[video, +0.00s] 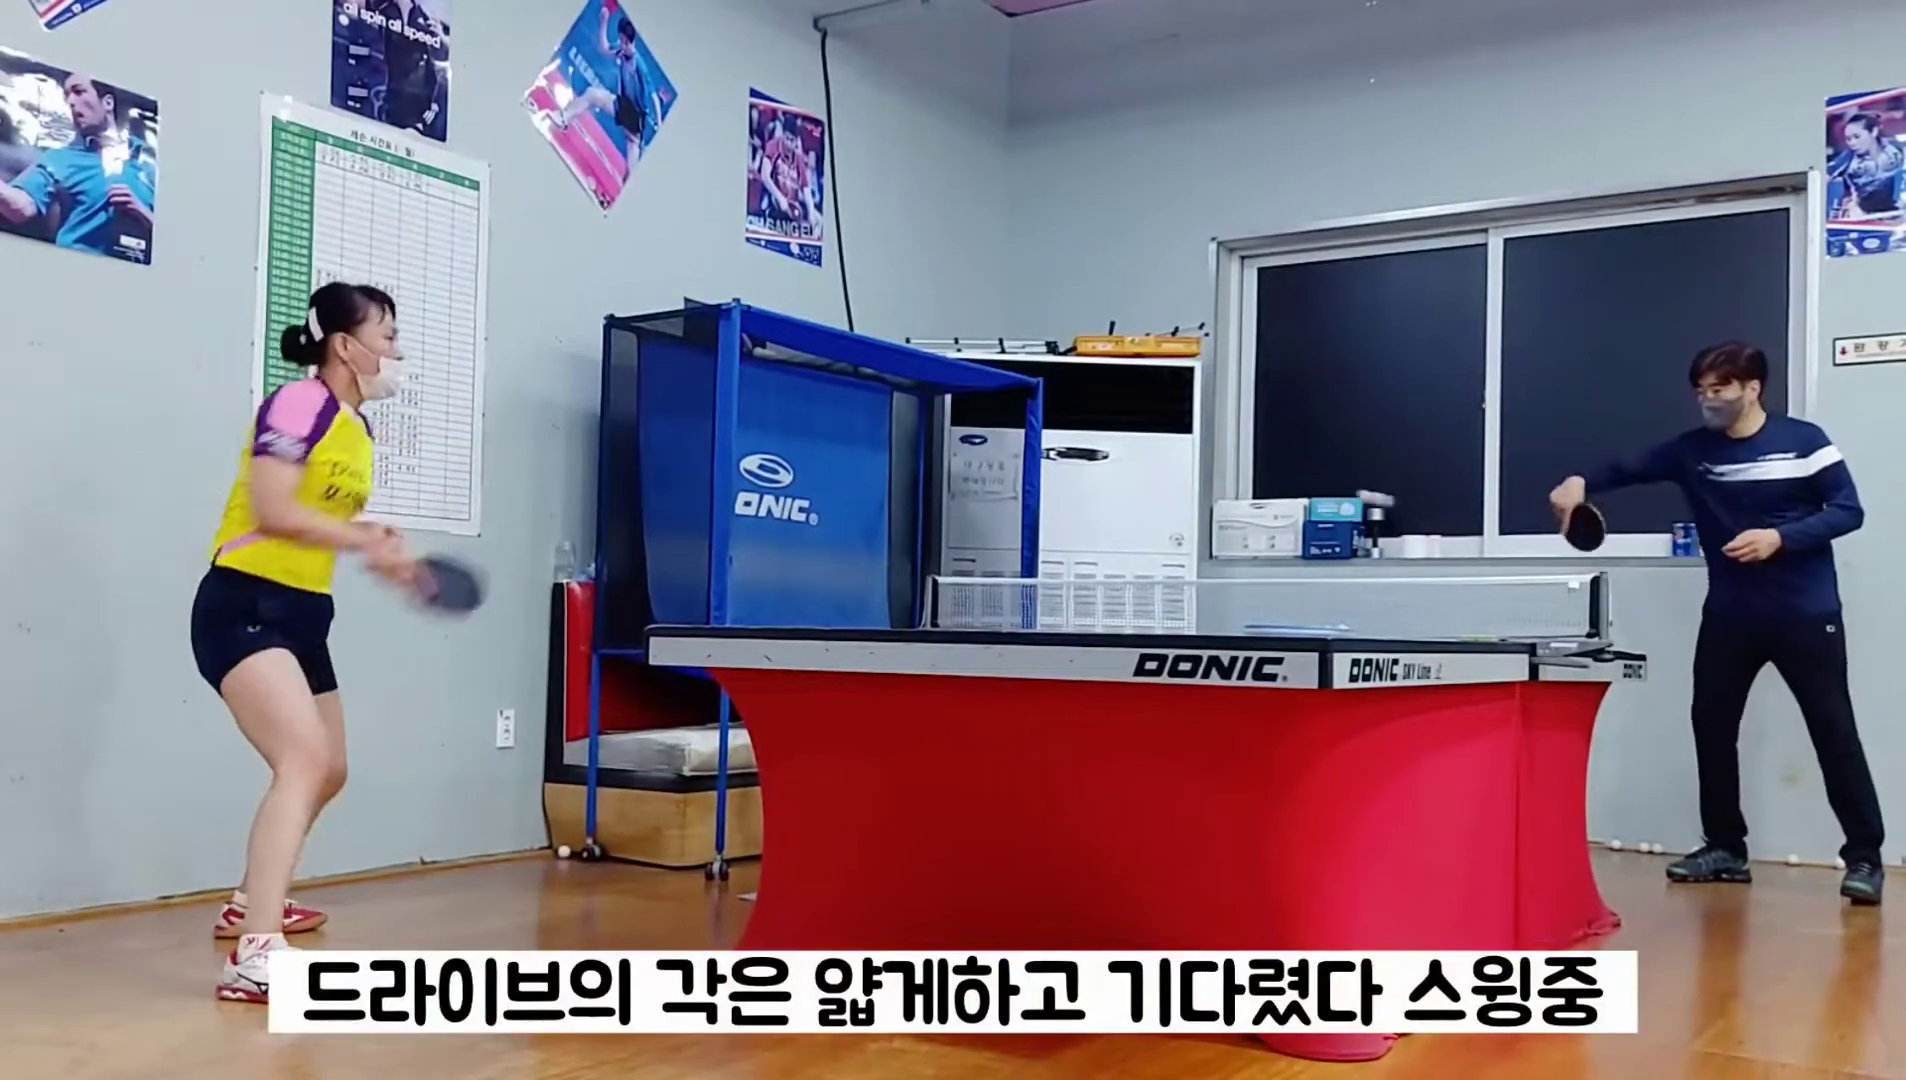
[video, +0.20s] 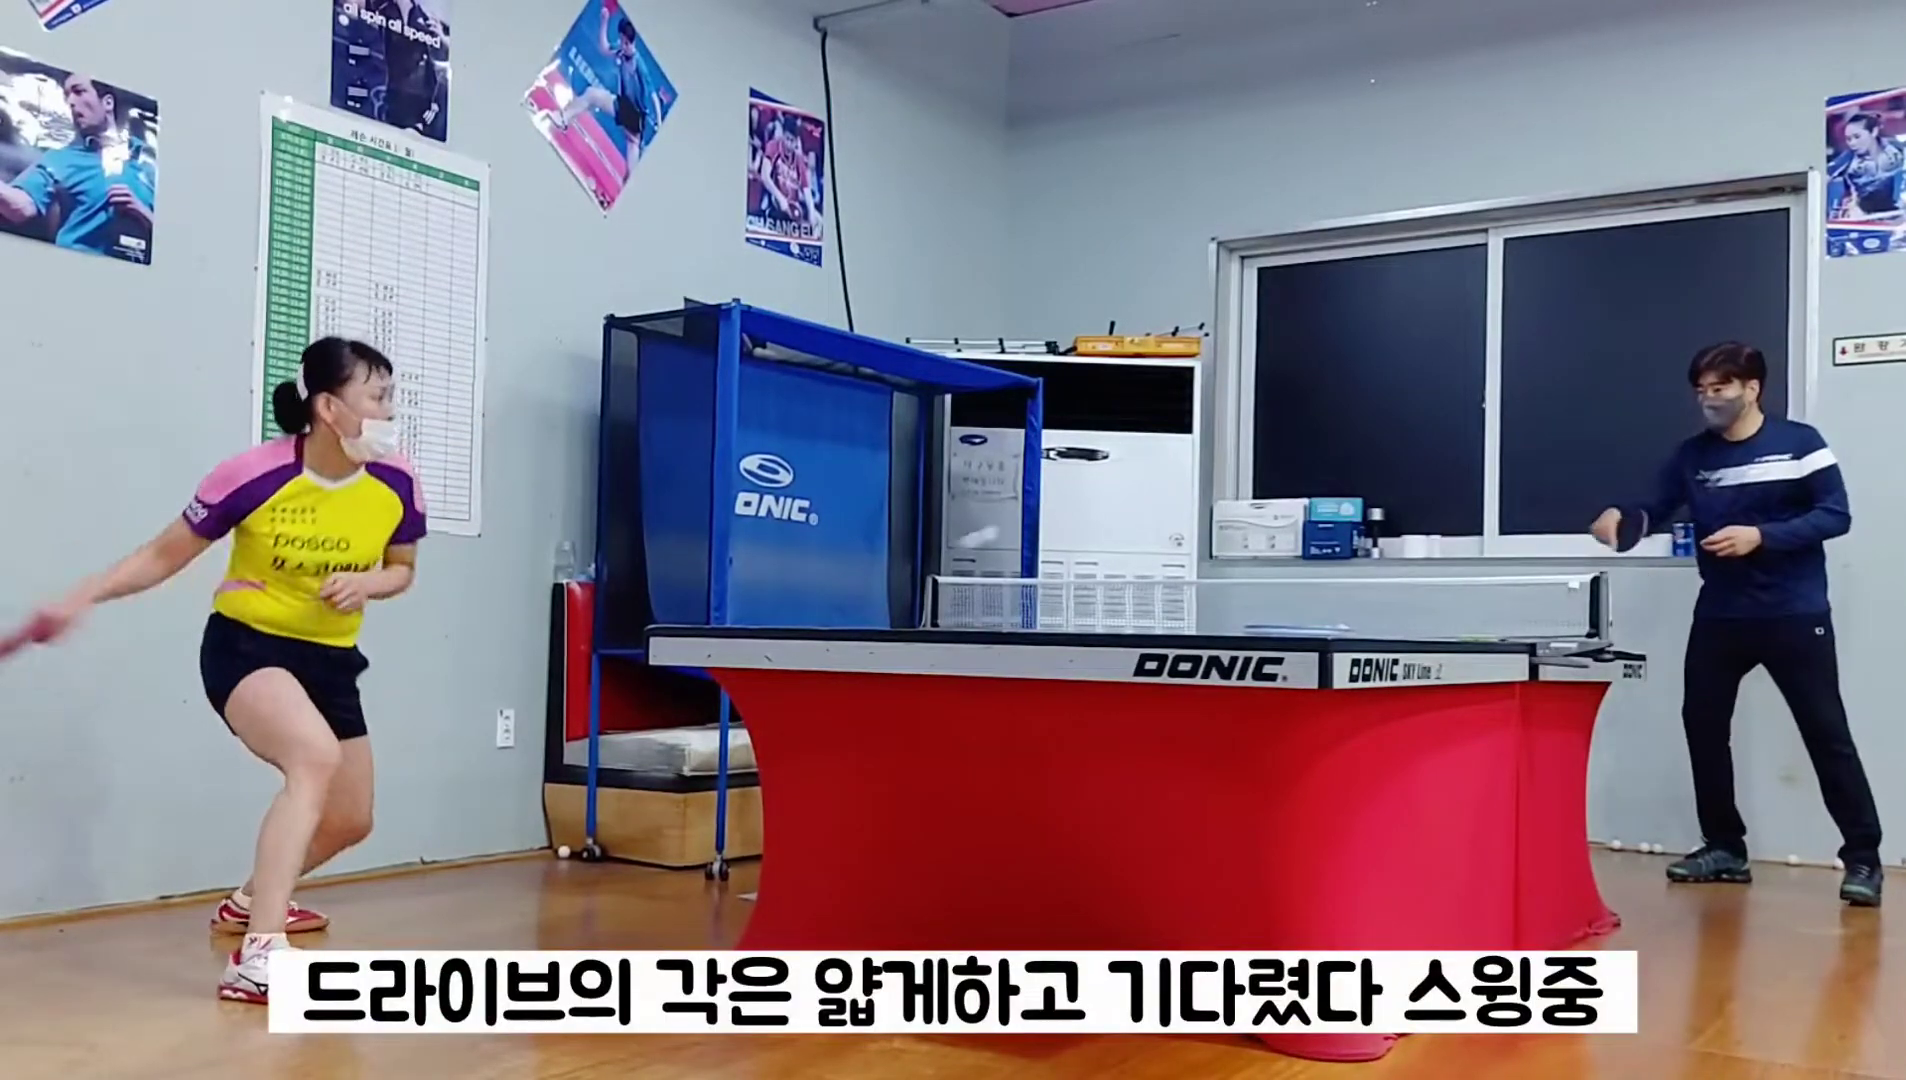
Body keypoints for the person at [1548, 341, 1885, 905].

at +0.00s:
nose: (1708, 398)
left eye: (1719, 387)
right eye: (1701, 390)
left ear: (1752, 387)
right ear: (1696, 395)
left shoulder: (1805, 440)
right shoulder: (1691, 451)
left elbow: (1847, 510)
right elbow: (1628, 468)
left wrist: (1780, 536)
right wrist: (1581, 483)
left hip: (1806, 618)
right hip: (1729, 619)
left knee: (1834, 734)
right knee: (1711, 727)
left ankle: (1863, 859)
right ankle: (1725, 849)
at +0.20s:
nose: (1709, 398)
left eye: (1720, 388)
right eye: (1702, 390)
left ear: (1752, 389)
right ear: (1696, 396)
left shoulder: (1801, 443)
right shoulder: (1693, 456)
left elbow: (1835, 515)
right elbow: (1653, 510)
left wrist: (1761, 535)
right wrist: (1622, 520)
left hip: (1796, 618)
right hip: (1720, 619)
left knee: (1828, 737)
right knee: (1703, 725)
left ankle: (1862, 861)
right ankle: (1725, 849)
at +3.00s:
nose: (1725, 397)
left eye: (1736, 385)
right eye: (1717, 389)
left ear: (1768, 385)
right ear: (1711, 396)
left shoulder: (1821, 438)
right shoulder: (1706, 458)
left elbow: (1861, 509)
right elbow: (1663, 508)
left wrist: (1793, 530)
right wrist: (1623, 520)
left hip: (1812, 614)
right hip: (1737, 614)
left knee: (1839, 736)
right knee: (1716, 727)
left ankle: (1864, 862)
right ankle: (1726, 849)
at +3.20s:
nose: (1729, 395)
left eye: (1741, 385)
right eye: (1721, 388)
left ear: (1772, 386)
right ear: (1714, 395)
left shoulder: (1822, 441)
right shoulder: (1712, 459)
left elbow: (1859, 515)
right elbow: (1686, 531)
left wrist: (1783, 534)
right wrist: (1661, 548)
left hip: (1811, 614)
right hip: (1738, 615)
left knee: (1838, 736)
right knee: (1713, 723)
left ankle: (1862, 863)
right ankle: (1725, 848)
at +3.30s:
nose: (1732, 394)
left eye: (1743, 382)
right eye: (1724, 387)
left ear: (1773, 384)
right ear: (1717, 395)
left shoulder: (1824, 438)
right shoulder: (1719, 460)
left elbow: (1860, 512)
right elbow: (1704, 534)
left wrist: (1779, 533)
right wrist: (1678, 558)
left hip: (1813, 616)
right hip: (1742, 617)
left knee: (1838, 738)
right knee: (1718, 724)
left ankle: (1863, 863)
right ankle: (1726, 848)